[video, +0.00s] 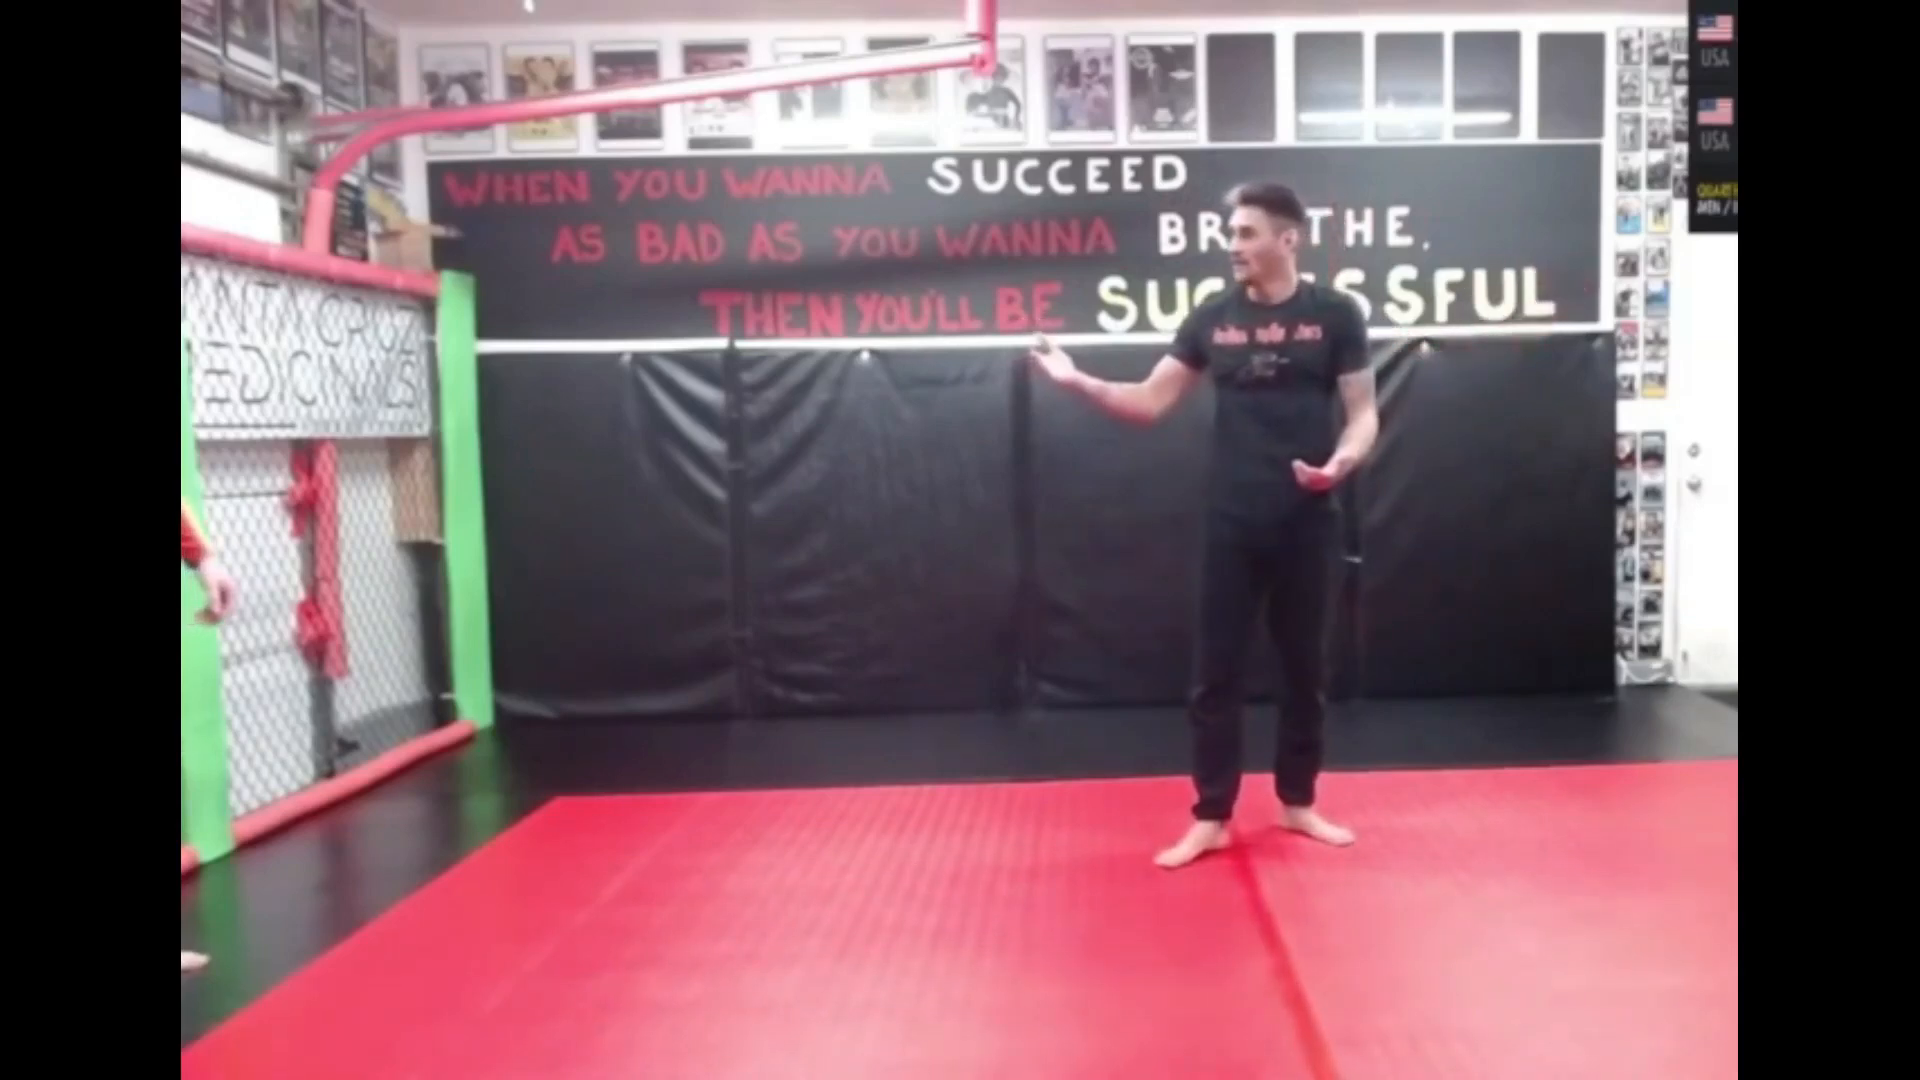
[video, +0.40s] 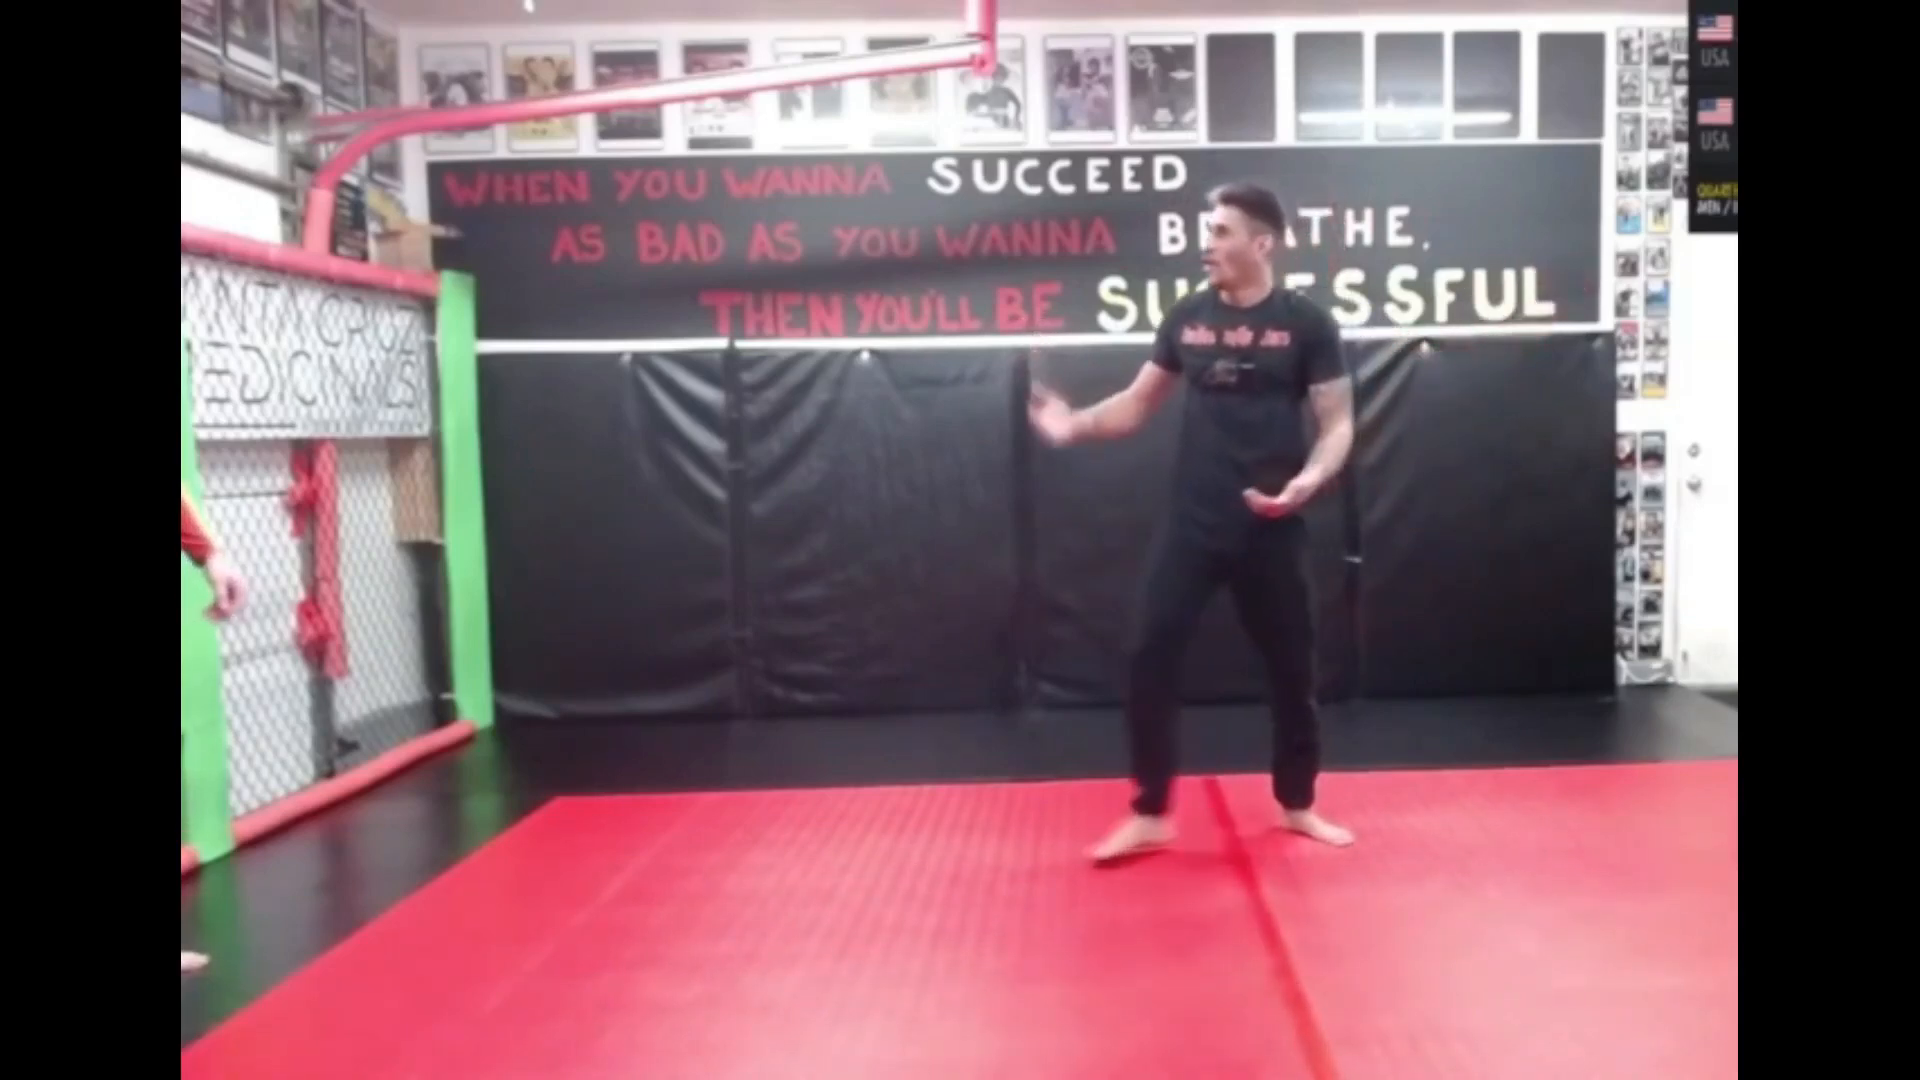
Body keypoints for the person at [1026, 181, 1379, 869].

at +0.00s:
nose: (1235, 245)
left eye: (1248, 233)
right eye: (1232, 234)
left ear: (1290, 238)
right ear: (1232, 240)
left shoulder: (1335, 315)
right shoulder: (1215, 317)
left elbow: (1363, 415)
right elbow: (1150, 400)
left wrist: (1340, 461)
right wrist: (1075, 379)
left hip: (1308, 515)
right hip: (1232, 514)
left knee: (1306, 666)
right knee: (1216, 669)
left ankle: (1298, 802)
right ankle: (1212, 817)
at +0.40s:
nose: (1207, 243)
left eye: (1222, 232)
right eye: (1207, 231)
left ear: (1264, 242)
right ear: (1215, 239)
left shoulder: (1307, 323)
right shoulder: (1189, 319)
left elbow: (1338, 426)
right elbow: (1136, 403)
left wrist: (1304, 483)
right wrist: (1076, 422)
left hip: (1272, 527)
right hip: (1192, 522)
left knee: (1292, 668)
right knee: (1151, 652)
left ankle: (1298, 805)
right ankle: (1150, 813)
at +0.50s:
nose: (1191, 248)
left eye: (1207, 237)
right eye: (1191, 236)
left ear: (1248, 250)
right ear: (1195, 247)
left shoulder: (1286, 332)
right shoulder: (1171, 328)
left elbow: (1324, 436)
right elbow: (1123, 413)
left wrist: (1285, 492)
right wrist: (1067, 447)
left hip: (1252, 530)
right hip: (1175, 525)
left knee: (1283, 672)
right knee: (1118, 655)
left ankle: (1296, 807)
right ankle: (1092, 819)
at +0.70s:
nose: (1084, 261)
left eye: (1102, 252)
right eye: (1086, 250)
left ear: (1145, 271)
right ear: (1086, 271)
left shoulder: (1180, 353)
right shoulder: (1078, 362)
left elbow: (1251, 443)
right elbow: (1042, 434)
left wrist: (1200, 512)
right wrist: (973, 479)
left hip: (1175, 553)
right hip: (1099, 554)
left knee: (1235, 678)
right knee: (1032, 679)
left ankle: (1290, 807)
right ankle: (961, 837)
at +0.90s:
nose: (873, 353)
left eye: (880, 337)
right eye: (869, 338)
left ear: (929, 328)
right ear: (913, 337)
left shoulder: (1008, 387)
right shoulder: (932, 404)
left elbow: (1055, 497)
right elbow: (945, 496)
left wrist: (1026, 613)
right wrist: (916, 588)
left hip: (1070, 541)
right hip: (1003, 543)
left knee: (1119, 695)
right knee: (945, 675)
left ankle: (1202, 831)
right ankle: (938, 847)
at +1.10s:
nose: (811, 367)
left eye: (817, 352)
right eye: (808, 353)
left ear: (863, 343)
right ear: (859, 346)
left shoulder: (952, 388)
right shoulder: (894, 401)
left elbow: (992, 502)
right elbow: (918, 499)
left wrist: (962, 606)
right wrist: (920, 602)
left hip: (1033, 540)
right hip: (965, 543)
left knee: (1085, 691)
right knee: (933, 682)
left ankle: (1167, 841)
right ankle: (938, 848)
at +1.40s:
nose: (776, 322)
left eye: (784, 305)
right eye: (773, 307)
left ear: (834, 298)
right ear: (825, 303)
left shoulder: (921, 350)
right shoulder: (853, 371)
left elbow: (945, 476)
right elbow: (874, 468)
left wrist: (905, 584)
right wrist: (868, 573)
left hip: (1001, 529)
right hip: (937, 536)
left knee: (1067, 673)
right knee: (925, 683)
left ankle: (1156, 832)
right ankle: (938, 848)